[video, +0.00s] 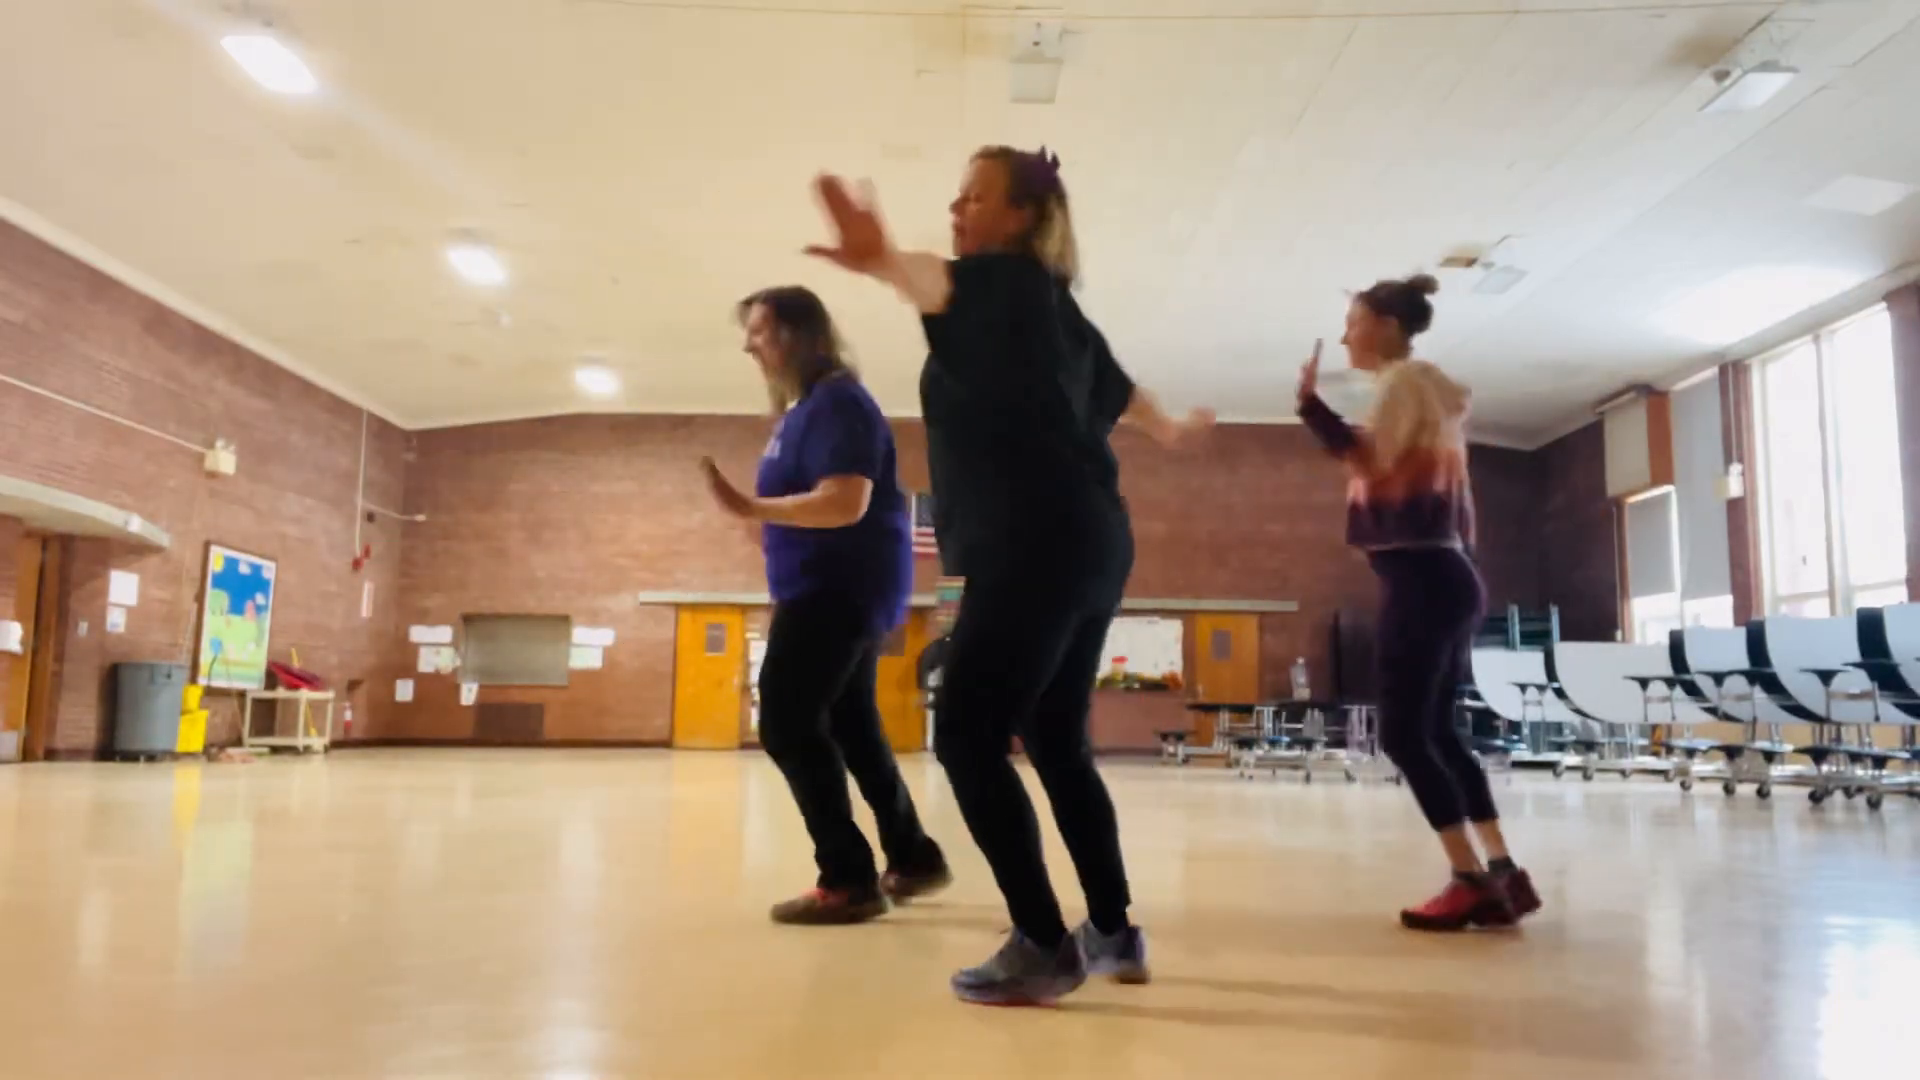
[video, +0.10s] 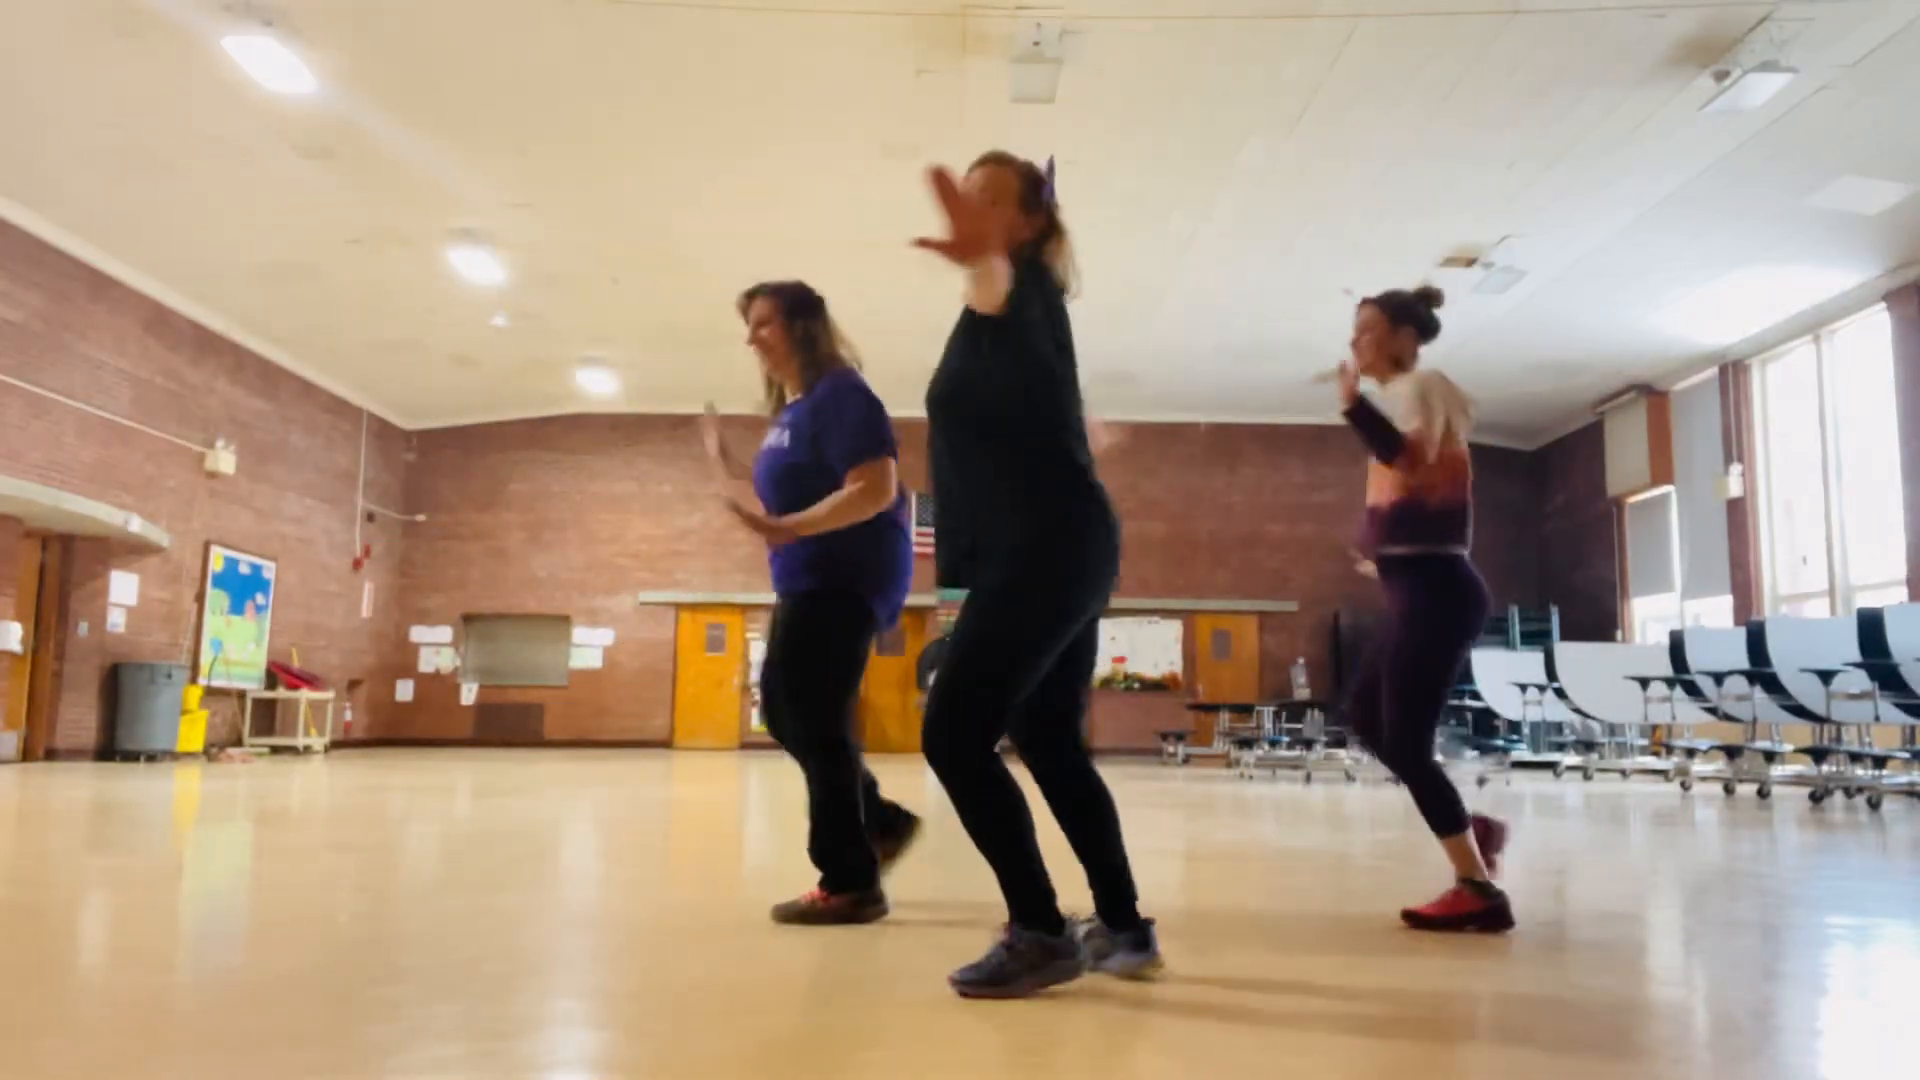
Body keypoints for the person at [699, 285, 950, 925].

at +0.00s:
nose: (750, 345)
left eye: (759, 332)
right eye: (749, 334)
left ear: (795, 333)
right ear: (787, 337)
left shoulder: (840, 403)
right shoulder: (807, 409)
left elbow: (846, 502)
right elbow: (823, 499)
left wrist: (753, 508)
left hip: (838, 593)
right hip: (832, 592)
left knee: (788, 725)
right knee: (852, 725)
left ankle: (848, 882)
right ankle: (915, 858)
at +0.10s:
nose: (754, 339)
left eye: (764, 325)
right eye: (751, 329)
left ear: (802, 326)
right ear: (760, 339)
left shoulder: (842, 393)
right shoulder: (798, 404)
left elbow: (875, 488)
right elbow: (800, 492)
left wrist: (784, 526)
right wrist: (735, 481)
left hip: (844, 580)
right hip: (810, 580)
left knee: (819, 720)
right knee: (783, 710)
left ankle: (850, 884)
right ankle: (879, 819)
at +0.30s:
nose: (765, 332)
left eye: (777, 319)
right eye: (758, 321)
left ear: (810, 325)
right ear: (753, 335)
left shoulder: (856, 398)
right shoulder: (765, 412)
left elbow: (909, 486)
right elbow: (754, 491)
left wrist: (863, 539)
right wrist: (691, 439)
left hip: (840, 584)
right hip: (771, 582)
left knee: (820, 723)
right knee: (754, 709)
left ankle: (852, 882)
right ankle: (787, 835)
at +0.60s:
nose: (796, 337)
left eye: (808, 326)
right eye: (785, 328)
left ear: (837, 333)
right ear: (773, 338)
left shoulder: (867, 405)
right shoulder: (753, 407)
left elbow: (910, 475)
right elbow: (691, 471)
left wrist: (892, 500)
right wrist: (667, 413)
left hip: (832, 589)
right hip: (752, 582)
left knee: (812, 728)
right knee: (708, 706)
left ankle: (833, 877)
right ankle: (741, 824)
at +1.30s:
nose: (819, 364)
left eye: (829, 352)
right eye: (809, 350)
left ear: (840, 360)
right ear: (786, 352)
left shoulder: (848, 422)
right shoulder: (740, 405)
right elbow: (682, 486)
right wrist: (684, 458)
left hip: (803, 591)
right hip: (719, 582)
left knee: (797, 736)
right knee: (706, 730)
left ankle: (815, 877)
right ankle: (668, 866)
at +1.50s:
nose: (812, 349)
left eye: (824, 339)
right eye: (804, 334)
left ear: (842, 349)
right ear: (785, 336)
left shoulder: (844, 426)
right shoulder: (741, 401)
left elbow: (863, 518)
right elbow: (680, 480)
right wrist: (666, 462)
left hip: (795, 596)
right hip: (712, 585)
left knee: (801, 736)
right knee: (692, 728)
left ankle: (816, 878)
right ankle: (665, 864)